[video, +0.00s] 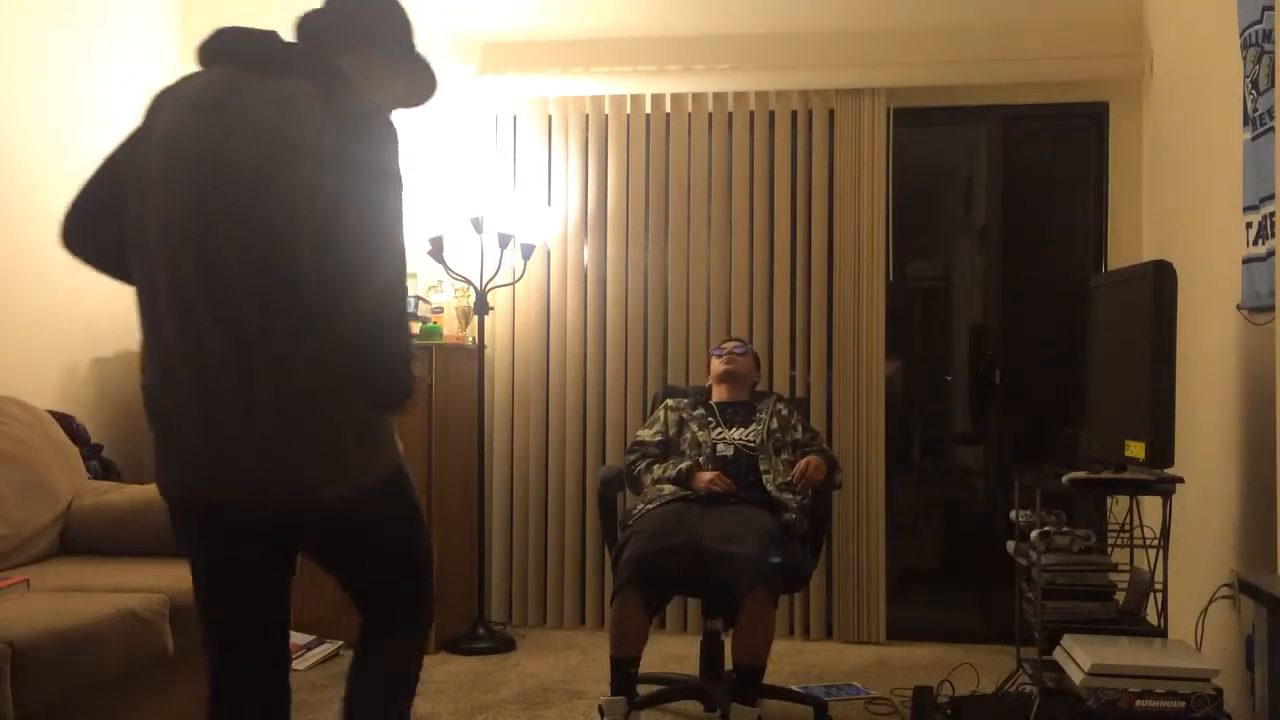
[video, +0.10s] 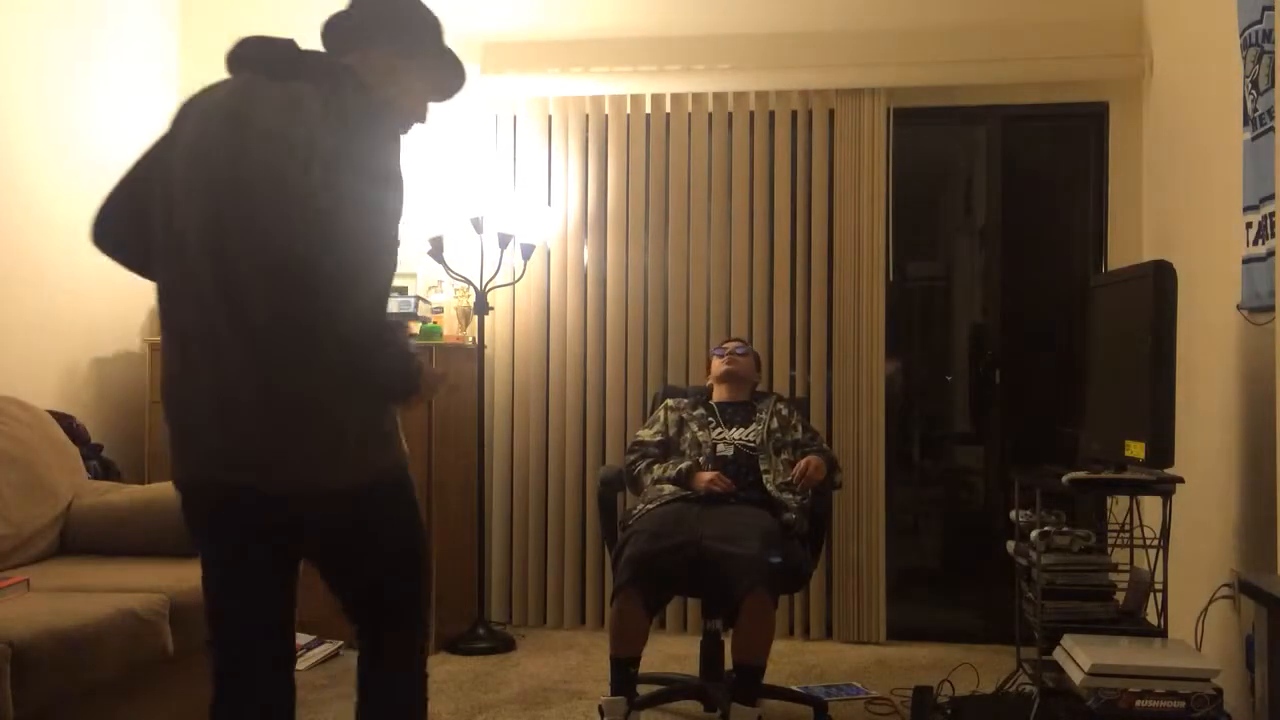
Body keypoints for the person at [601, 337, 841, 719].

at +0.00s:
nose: (728, 351)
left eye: (739, 349)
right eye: (719, 350)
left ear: (757, 370)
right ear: (708, 371)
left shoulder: (779, 412)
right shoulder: (674, 410)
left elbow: (824, 457)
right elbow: (638, 464)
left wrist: (820, 461)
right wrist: (690, 476)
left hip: (750, 507)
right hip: (673, 504)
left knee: (758, 576)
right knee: (638, 568)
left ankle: (746, 703)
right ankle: (621, 694)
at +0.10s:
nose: (729, 351)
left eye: (740, 349)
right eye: (720, 350)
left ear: (757, 372)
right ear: (708, 372)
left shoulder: (779, 412)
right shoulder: (674, 410)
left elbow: (823, 456)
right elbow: (638, 465)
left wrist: (819, 461)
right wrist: (689, 476)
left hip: (749, 507)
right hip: (673, 505)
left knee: (757, 577)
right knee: (637, 570)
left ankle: (745, 703)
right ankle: (621, 694)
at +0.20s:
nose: (730, 351)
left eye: (741, 349)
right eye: (720, 350)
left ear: (757, 371)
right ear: (709, 372)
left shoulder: (780, 412)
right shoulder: (674, 410)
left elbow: (824, 457)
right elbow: (638, 465)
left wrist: (819, 461)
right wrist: (689, 476)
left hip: (749, 508)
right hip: (673, 505)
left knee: (757, 577)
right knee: (637, 570)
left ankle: (745, 703)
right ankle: (621, 694)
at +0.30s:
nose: (730, 352)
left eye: (741, 350)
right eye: (720, 350)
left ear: (757, 372)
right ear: (708, 372)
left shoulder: (780, 412)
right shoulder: (674, 410)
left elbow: (823, 456)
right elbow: (638, 465)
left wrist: (819, 461)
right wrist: (689, 476)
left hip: (749, 507)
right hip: (673, 505)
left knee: (756, 576)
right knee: (638, 569)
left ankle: (746, 703)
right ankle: (621, 694)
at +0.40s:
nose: (730, 352)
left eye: (741, 350)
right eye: (720, 350)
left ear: (757, 371)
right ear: (708, 372)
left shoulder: (780, 412)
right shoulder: (674, 410)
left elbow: (824, 457)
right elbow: (638, 465)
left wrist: (820, 461)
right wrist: (689, 476)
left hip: (749, 508)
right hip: (673, 505)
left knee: (757, 578)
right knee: (637, 571)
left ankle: (745, 703)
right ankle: (621, 694)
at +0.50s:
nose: (729, 353)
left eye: (740, 350)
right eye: (720, 351)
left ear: (757, 372)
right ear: (708, 372)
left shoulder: (779, 412)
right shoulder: (674, 409)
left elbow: (822, 454)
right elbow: (639, 465)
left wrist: (819, 461)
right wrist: (689, 476)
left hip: (749, 508)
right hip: (673, 505)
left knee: (756, 576)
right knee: (638, 567)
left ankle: (746, 705)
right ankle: (621, 695)